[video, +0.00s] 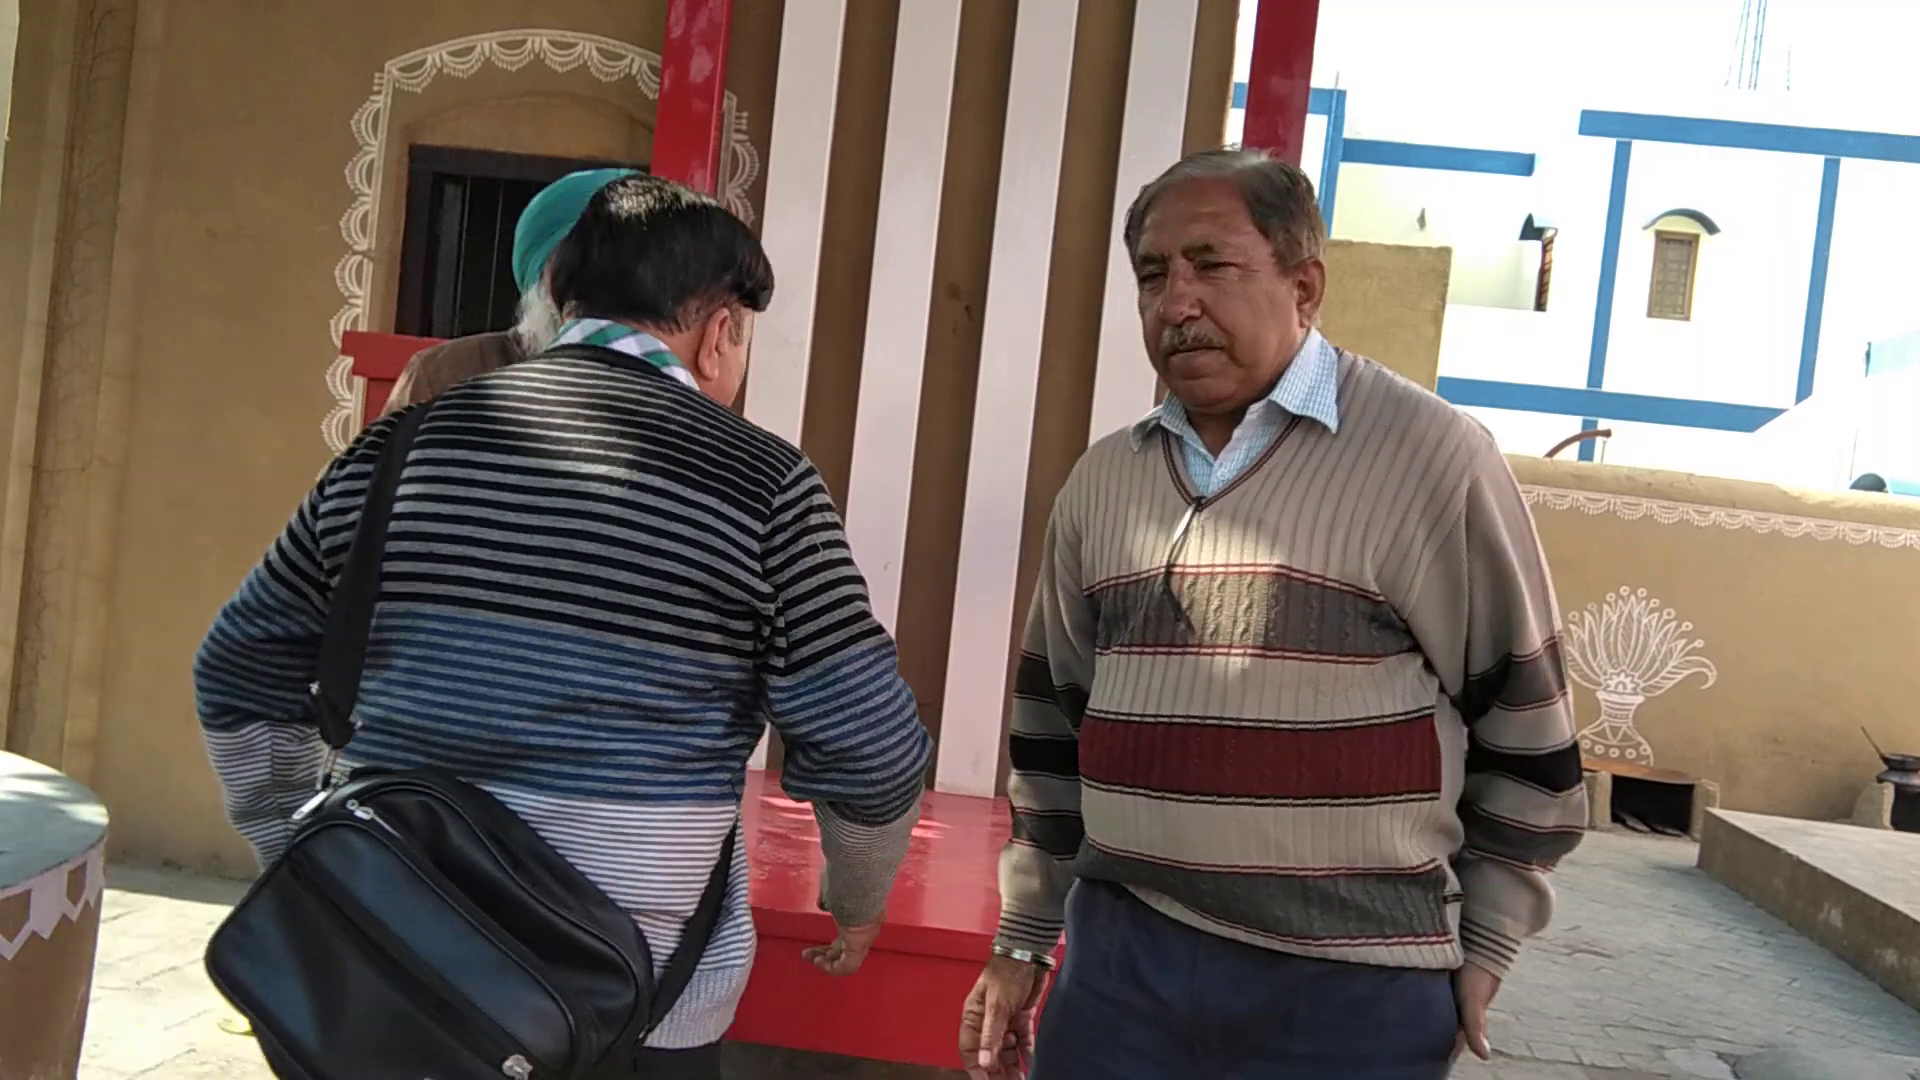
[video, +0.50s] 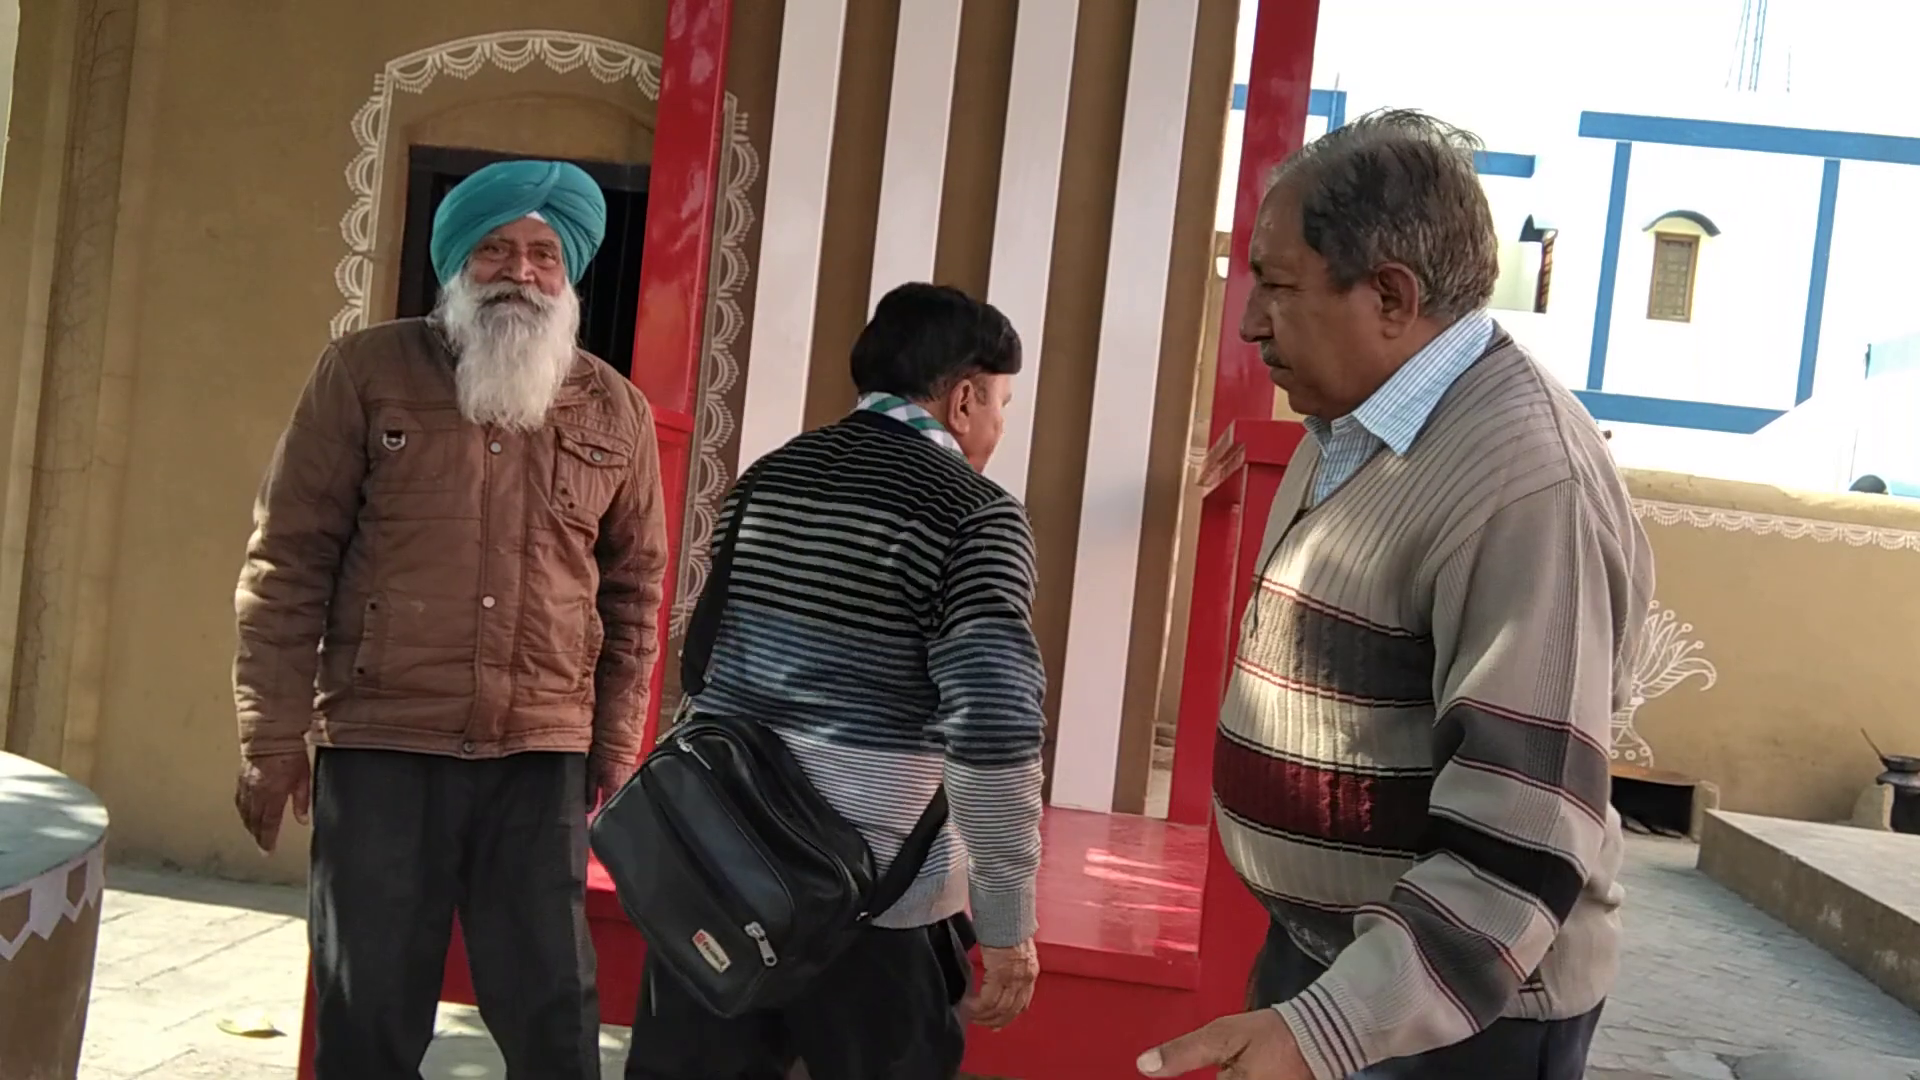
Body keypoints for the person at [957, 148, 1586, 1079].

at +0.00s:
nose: (1175, 300)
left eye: (1212, 264)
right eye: (1153, 274)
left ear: (1304, 285)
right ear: (1135, 300)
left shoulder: (1437, 463)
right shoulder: (1099, 484)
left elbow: (1529, 730)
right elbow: (1049, 726)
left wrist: (1481, 947)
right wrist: (1021, 939)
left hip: (1360, 989)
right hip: (1125, 960)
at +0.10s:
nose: (1198, 304)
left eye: (1238, 266)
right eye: (1187, 268)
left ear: (1351, 280)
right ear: (1176, 271)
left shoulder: (1480, 468)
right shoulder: (1160, 464)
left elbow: (1592, 772)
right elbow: (1110, 714)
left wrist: (1544, 1022)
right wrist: (1073, 912)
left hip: (1384, 1003)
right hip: (1163, 964)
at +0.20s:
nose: (1213, 317)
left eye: (1246, 280)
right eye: (1214, 276)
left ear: (1376, 291)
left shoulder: (1514, 489)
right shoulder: (1238, 442)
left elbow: (1631, 854)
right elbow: (1221, 708)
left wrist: (1564, 1066)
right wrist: (1165, 892)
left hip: (1407, 1022)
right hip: (1212, 968)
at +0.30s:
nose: (1227, 323)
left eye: (1259, 286)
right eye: (1231, 280)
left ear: (1386, 299)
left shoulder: (1523, 495)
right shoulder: (1285, 426)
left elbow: (1598, 870)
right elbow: (1269, 707)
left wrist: (1493, 1069)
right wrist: (1222, 919)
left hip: (1396, 1021)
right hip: (1243, 959)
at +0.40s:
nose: (1240, 320)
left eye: (1272, 284)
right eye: (1245, 278)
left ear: (1394, 298)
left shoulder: (1529, 490)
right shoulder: (1333, 414)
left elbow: (1556, 866)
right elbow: (1316, 710)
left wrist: (1384, 1058)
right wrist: (1264, 922)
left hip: (1425, 1008)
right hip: (1285, 956)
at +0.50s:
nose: (1250, 318)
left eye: (1277, 285)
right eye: (1257, 282)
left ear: (1392, 298)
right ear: (1387, 304)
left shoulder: (1532, 486)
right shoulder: (1373, 417)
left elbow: (1517, 858)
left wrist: (1319, 1036)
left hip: (1461, 1006)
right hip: (1311, 942)